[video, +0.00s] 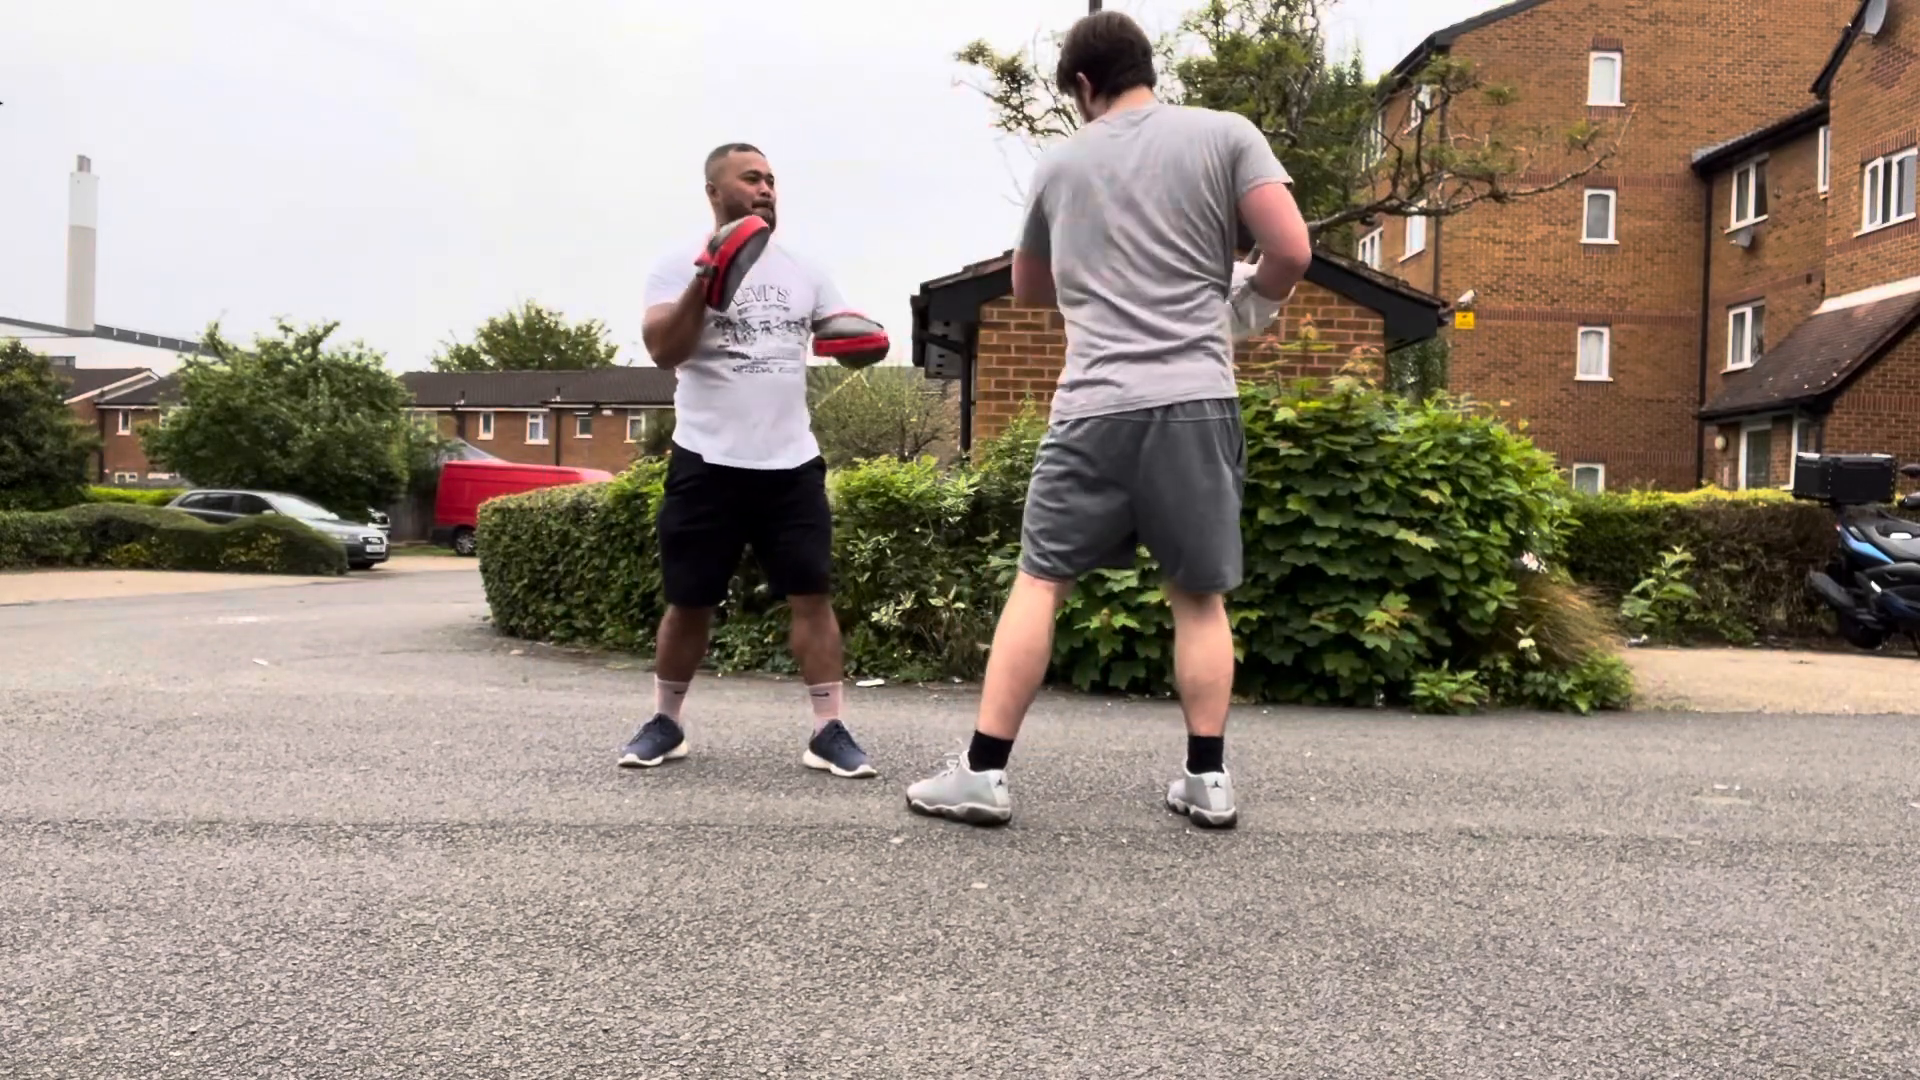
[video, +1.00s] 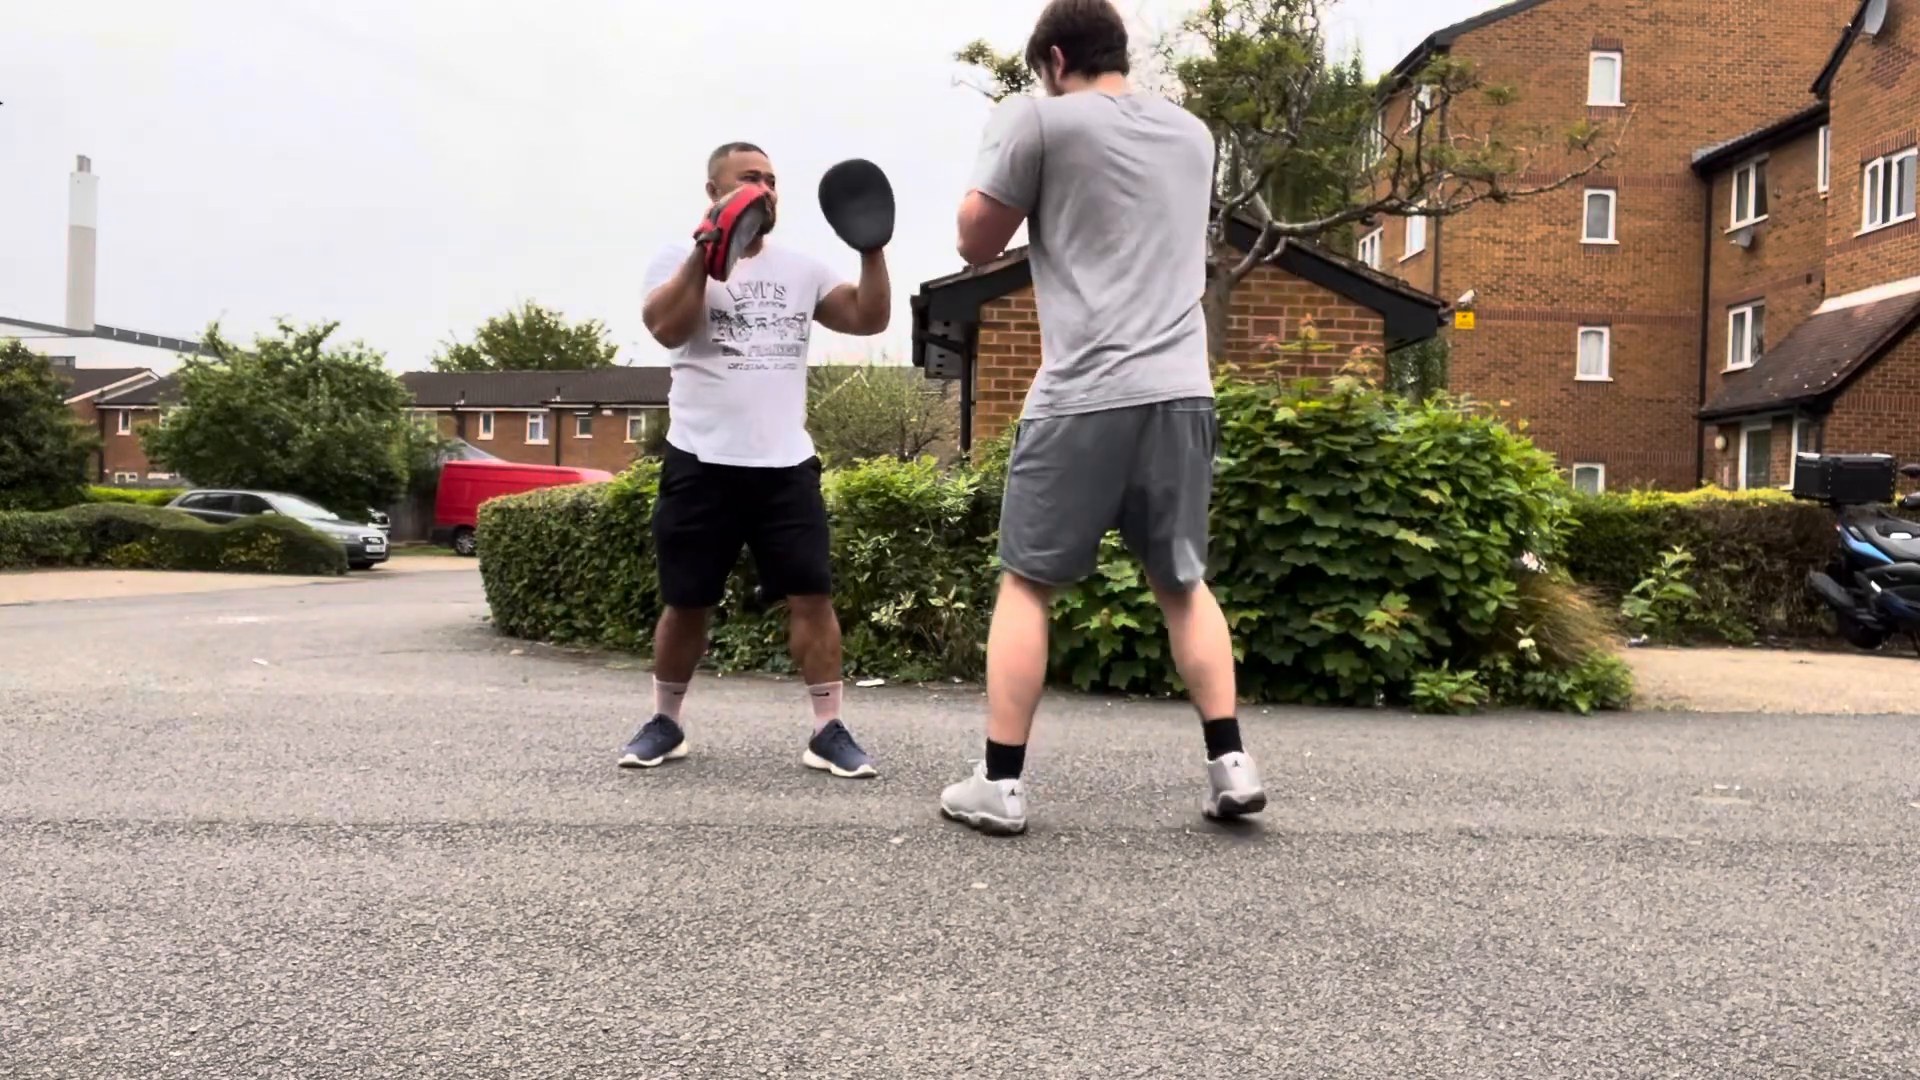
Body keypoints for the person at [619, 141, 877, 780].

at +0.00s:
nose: (767, 187)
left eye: (770, 179)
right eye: (751, 177)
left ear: (776, 195)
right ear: (713, 194)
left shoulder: (802, 268)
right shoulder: (680, 265)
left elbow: (845, 335)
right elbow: (663, 350)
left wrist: (867, 342)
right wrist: (705, 279)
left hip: (791, 459)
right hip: (705, 459)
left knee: (811, 591)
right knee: (687, 599)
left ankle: (829, 727)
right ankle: (665, 721)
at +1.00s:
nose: (765, 188)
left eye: (771, 179)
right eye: (748, 179)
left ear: (780, 194)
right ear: (713, 193)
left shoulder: (800, 265)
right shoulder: (678, 259)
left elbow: (870, 318)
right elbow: (666, 330)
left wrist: (872, 245)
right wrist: (704, 256)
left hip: (786, 461)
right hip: (700, 461)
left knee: (812, 593)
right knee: (684, 600)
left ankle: (828, 727)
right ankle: (665, 721)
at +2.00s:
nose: (812, 187)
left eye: (820, 180)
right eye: (797, 175)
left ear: (828, 199)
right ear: (760, 192)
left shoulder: (851, 269)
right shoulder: (727, 264)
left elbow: (929, 309)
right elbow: (694, 336)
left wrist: (944, 245)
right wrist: (751, 275)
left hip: (823, 469)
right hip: (735, 466)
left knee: (847, 591)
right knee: (702, 602)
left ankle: (847, 731)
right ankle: (666, 721)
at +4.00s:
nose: (792, 193)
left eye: (799, 185)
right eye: (777, 183)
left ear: (807, 200)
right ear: (743, 197)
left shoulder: (827, 268)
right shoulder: (705, 266)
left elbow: (905, 292)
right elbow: (688, 333)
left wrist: (923, 225)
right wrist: (727, 257)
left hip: (813, 464)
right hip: (727, 465)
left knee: (839, 590)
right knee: (712, 601)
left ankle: (851, 728)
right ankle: (699, 721)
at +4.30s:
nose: (810, 196)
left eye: (815, 188)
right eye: (797, 185)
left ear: (821, 204)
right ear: (765, 197)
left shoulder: (829, 282)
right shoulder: (726, 260)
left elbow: (869, 365)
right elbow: (730, 294)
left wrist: (905, 317)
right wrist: (757, 214)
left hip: (819, 462)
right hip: (736, 461)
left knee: (857, 579)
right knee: (719, 601)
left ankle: (868, 720)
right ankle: (699, 720)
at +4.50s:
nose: (828, 194)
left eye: (834, 187)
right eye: (813, 184)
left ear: (843, 201)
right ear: (778, 198)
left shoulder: (858, 278)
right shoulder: (743, 261)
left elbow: (907, 358)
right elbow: (719, 314)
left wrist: (926, 297)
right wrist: (780, 254)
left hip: (838, 464)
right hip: (753, 461)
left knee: (871, 592)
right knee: (727, 603)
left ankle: (890, 729)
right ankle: (700, 721)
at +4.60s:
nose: (849, 191)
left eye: (856, 184)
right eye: (834, 180)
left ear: (864, 202)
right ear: (799, 195)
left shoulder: (891, 265)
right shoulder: (764, 270)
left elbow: (981, 274)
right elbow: (731, 351)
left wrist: (1006, 211)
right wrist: (795, 301)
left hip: (856, 466)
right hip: (768, 464)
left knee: (881, 591)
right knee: (734, 600)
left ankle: (892, 730)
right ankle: (700, 719)